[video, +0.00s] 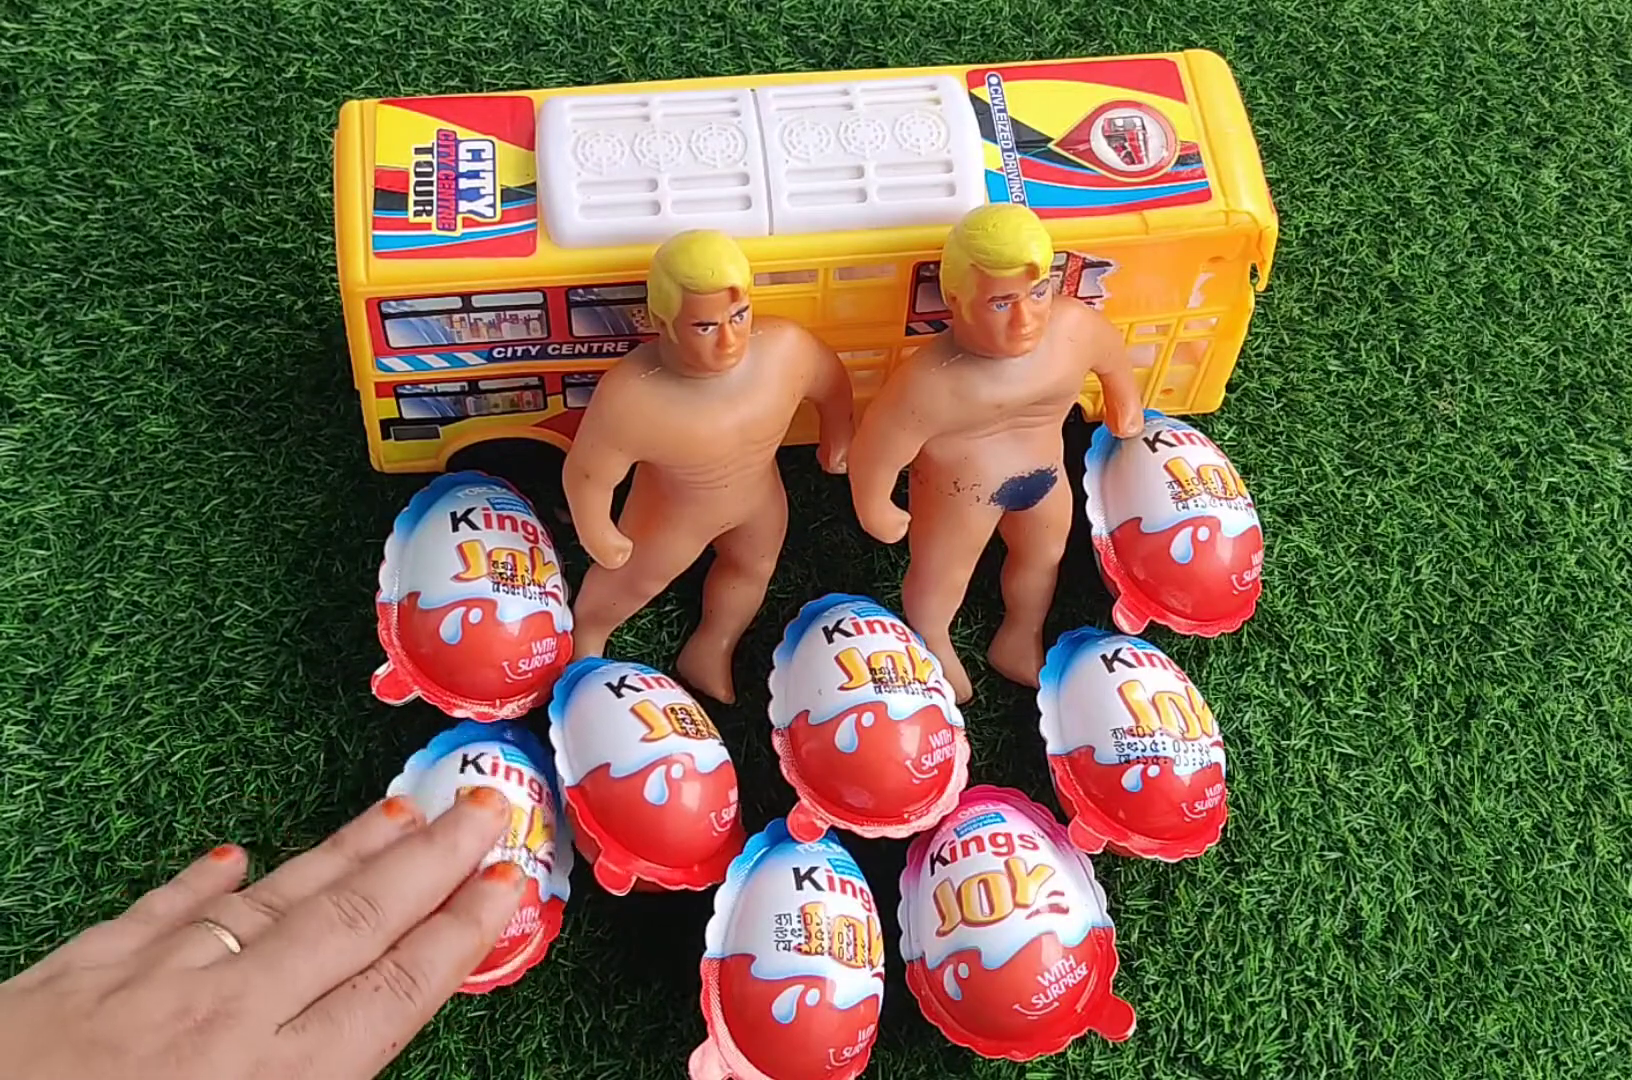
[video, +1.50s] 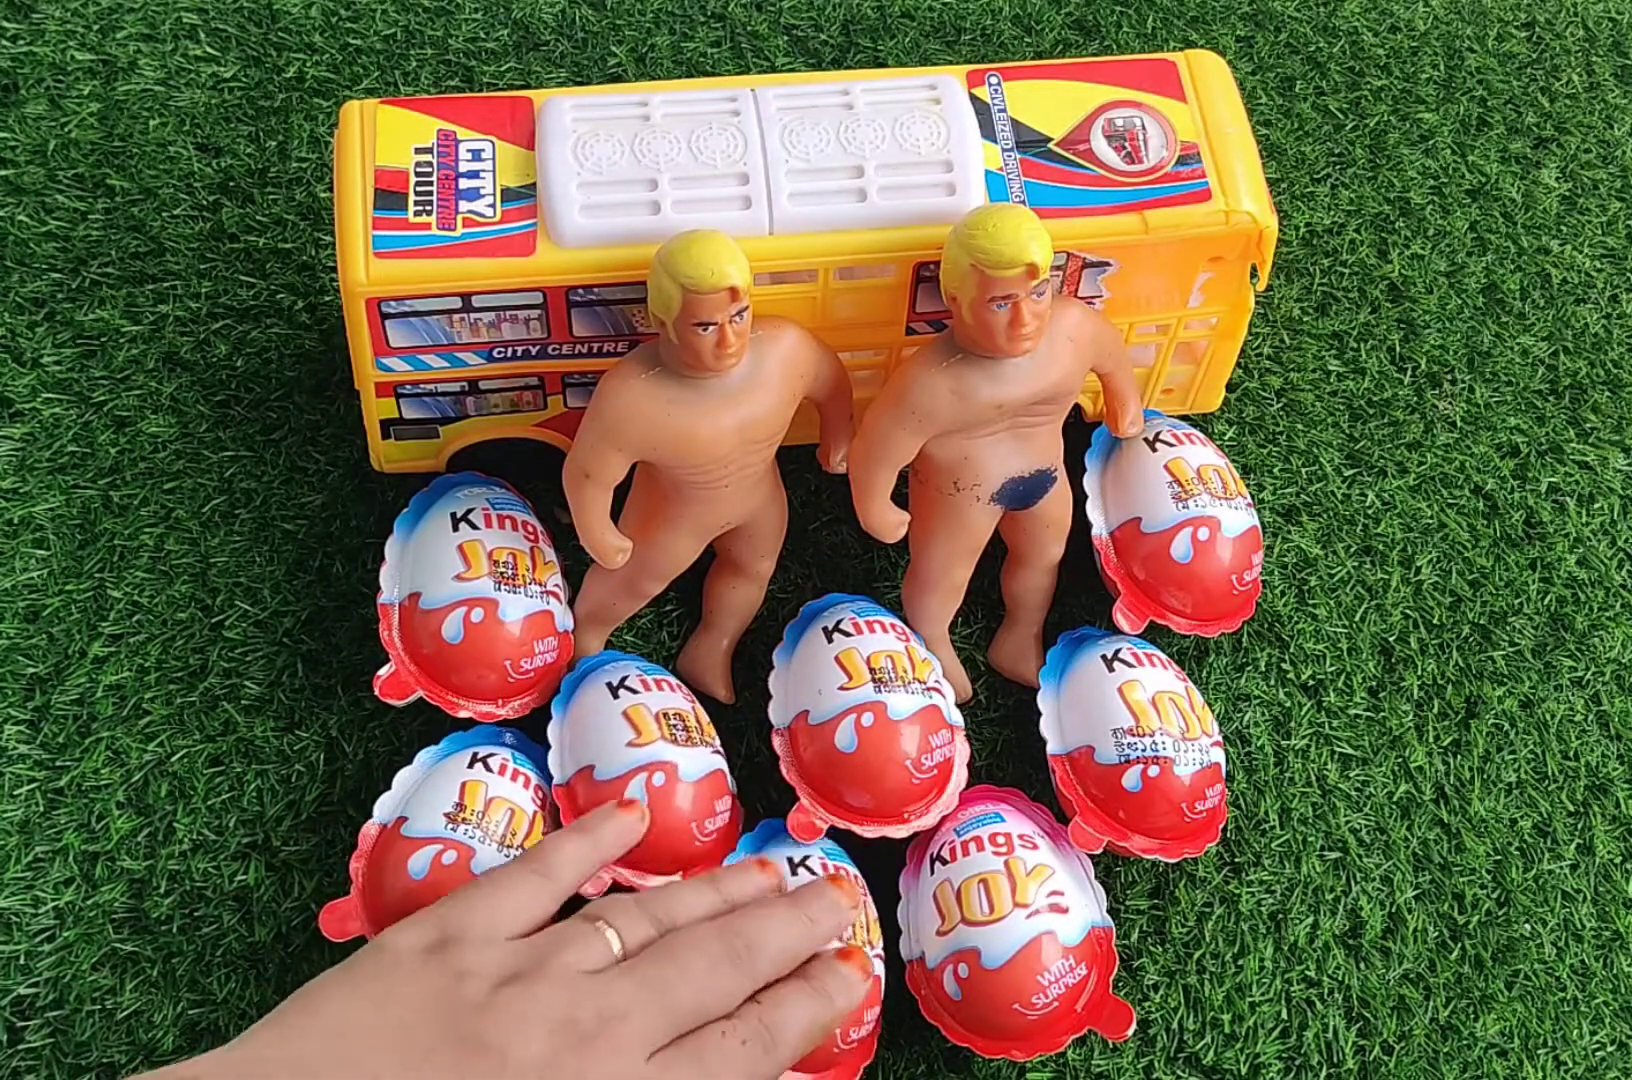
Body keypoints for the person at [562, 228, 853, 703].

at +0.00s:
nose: (729, 339)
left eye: (739, 316)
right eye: (705, 326)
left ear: (751, 301)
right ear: (660, 323)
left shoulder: (789, 350)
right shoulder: (629, 397)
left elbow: (834, 387)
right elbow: (587, 474)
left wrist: (837, 439)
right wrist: (600, 538)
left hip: (759, 496)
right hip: (673, 512)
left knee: (749, 574)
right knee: (631, 584)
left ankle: (711, 650)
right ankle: (590, 629)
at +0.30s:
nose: (729, 339)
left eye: (739, 316)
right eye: (705, 326)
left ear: (751, 301)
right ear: (660, 324)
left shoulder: (789, 350)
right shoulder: (629, 397)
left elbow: (834, 387)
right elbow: (587, 474)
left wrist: (838, 439)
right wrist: (601, 538)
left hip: (759, 496)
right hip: (673, 512)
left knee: (749, 574)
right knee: (631, 584)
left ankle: (711, 650)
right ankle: (590, 629)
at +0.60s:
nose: (729, 339)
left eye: (739, 316)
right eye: (705, 326)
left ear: (750, 301)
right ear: (661, 323)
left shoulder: (789, 350)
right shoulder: (629, 397)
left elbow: (834, 387)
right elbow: (587, 475)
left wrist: (837, 441)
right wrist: (600, 538)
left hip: (759, 497)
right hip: (673, 512)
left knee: (749, 574)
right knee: (631, 585)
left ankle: (711, 650)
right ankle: (590, 630)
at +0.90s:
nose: (728, 339)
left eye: (739, 316)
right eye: (705, 326)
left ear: (751, 301)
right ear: (661, 324)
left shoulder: (789, 349)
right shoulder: (629, 398)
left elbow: (833, 386)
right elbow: (587, 475)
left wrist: (837, 438)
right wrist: (601, 538)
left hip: (759, 497)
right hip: (672, 512)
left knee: (749, 573)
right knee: (631, 585)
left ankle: (711, 650)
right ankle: (590, 629)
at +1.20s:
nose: (728, 339)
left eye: (739, 316)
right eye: (705, 326)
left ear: (751, 301)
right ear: (661, 324)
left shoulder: (789, 349)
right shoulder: (629, 398)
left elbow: (834, 386)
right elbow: (587, 475)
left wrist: (837, 438)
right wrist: (601, 538)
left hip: (759, 496)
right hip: (672, 513)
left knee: (749, 573)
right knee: (630, 586)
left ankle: (711, 650)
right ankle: (590, 630)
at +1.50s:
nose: (728, 339)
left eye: (739, 316)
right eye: (705, 326)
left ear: (751, 301)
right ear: (661, 324)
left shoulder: (789, 349)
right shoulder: (629, 397)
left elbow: (834, 386)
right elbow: (587, 475)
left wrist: (837, 439)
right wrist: (601, 538)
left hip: (759, 497)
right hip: (672, 513)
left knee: (750, 573)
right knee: (631, 585)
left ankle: (712, 650)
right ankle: (589, 629)